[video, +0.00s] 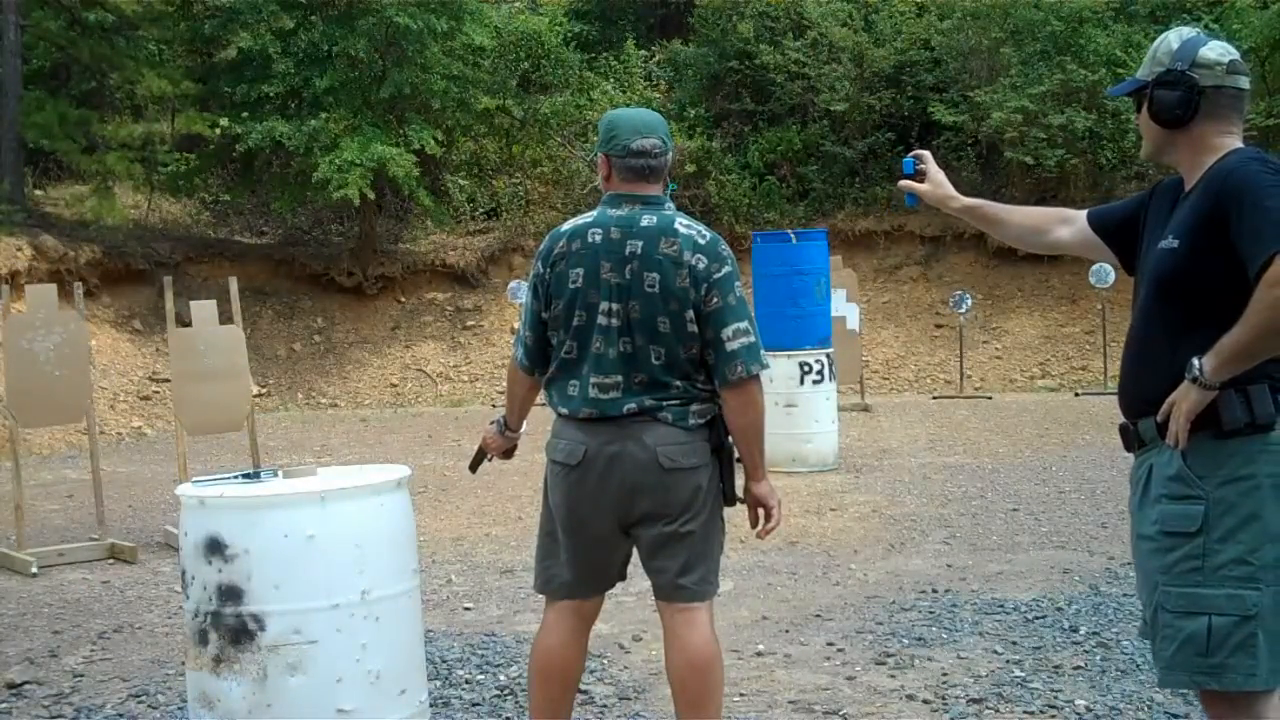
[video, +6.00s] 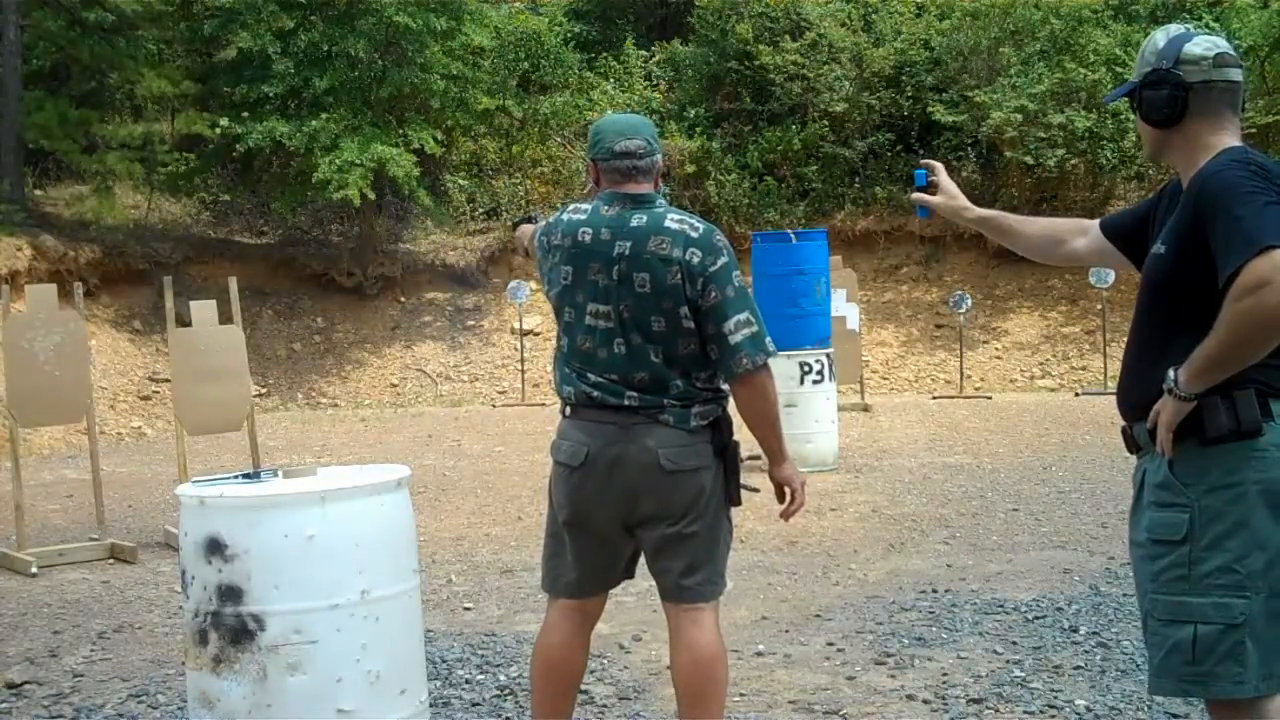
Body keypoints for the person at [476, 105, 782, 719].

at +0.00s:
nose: (597, 170)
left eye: (598, 162)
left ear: (605, 169)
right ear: (669, 168)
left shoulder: (561, 244)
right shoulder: (704, 248)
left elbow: (530, 356)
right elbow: (739, 375)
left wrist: (508, 426)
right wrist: (756, 473)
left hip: (582, 452)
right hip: (678, 452)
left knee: (568, 607)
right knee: (687, 609)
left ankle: (547, 715)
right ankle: (701, 715)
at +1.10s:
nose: (593, 171)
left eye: (594, 163)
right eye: (597, 162)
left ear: (602, 169)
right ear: (666, 168)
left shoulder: (563, 242)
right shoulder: (705, 245)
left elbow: (525, 333)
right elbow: (743, 370)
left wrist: (500, 383)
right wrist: (759, 469)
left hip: (583, 451)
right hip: (680, 452)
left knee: (567, 607)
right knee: (690, 610)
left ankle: (547, 715)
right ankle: (701, 715)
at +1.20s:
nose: (588, 171)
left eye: (589, 164)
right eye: (591, 163)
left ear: (597, 169)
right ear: (659, 166)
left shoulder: (562, 239)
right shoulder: (704, 243)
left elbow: (514, 301)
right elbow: (746, 365)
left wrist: (485, 312)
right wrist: (766, 464)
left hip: (586, 451)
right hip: (682, 452)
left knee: (568, 607)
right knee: (691, 611)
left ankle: (546, 715)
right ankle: (701, 715)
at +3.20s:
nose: (585, 171)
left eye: (585, 164)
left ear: (590, 170)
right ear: (655, 167)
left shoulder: (561, 230)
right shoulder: (699, 241)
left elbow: (512, 241)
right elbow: (741, 366)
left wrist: (496, 228)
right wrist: (769, 461)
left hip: (584, 446)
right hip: (678, 451)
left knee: (568, 608)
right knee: (691, 611)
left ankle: (547, 716)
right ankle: (701, 716)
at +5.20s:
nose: (584, 174)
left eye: (585, 167)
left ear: (590, 172)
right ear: (657, 167)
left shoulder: (561, 234)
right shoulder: (696, 240)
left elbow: (544, 245)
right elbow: (744, 365)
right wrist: (776, 456)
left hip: (583, 445)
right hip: (681, 450)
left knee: (570, 606)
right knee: (692, 610)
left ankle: (547, 715)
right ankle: (703, 718)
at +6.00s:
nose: (587, 174)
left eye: (589, 167)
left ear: (594, 172)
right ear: (661, 169)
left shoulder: (565, 233)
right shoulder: (699, 240)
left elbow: (534, 238)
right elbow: (747, 366)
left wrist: (532, 229)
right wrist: (778, 457)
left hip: (586, 446)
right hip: (684, 450)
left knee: (571, 606)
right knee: (693, 611)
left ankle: (548, 715)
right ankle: (703, 718)